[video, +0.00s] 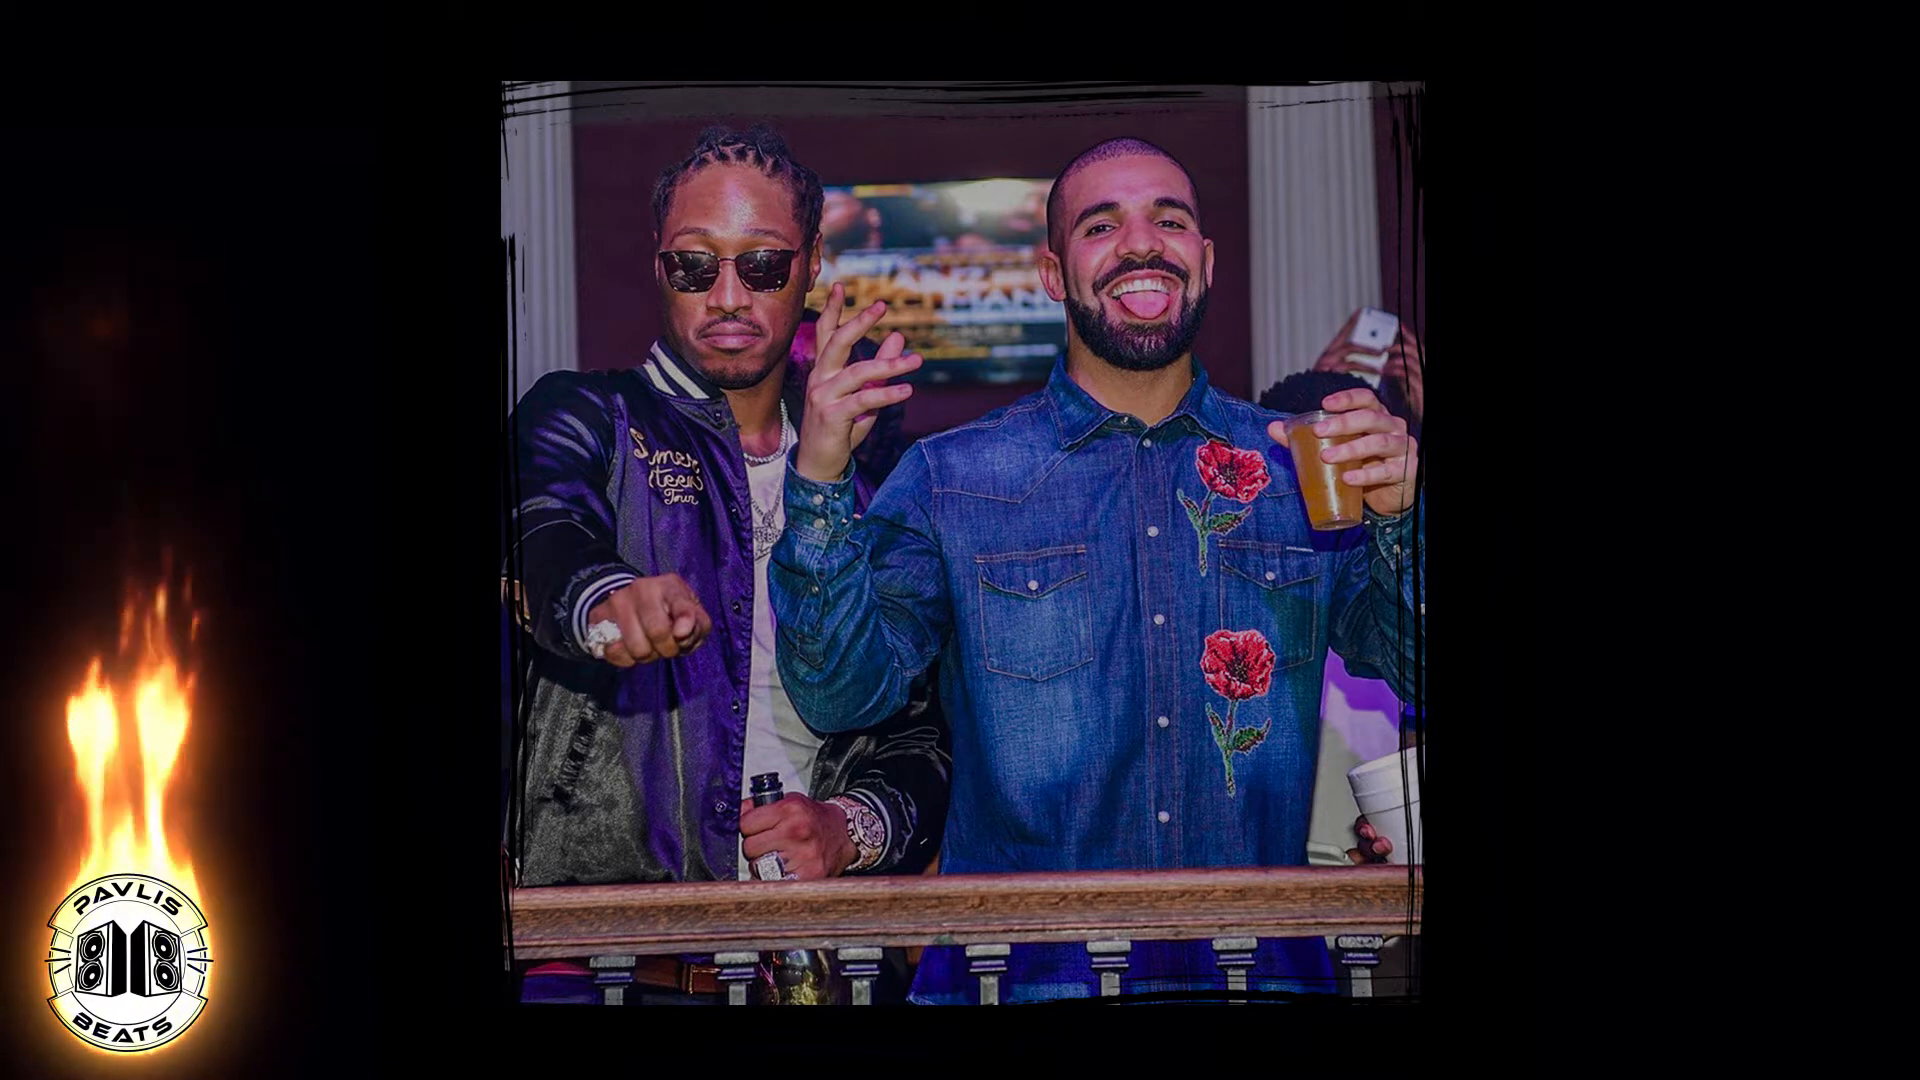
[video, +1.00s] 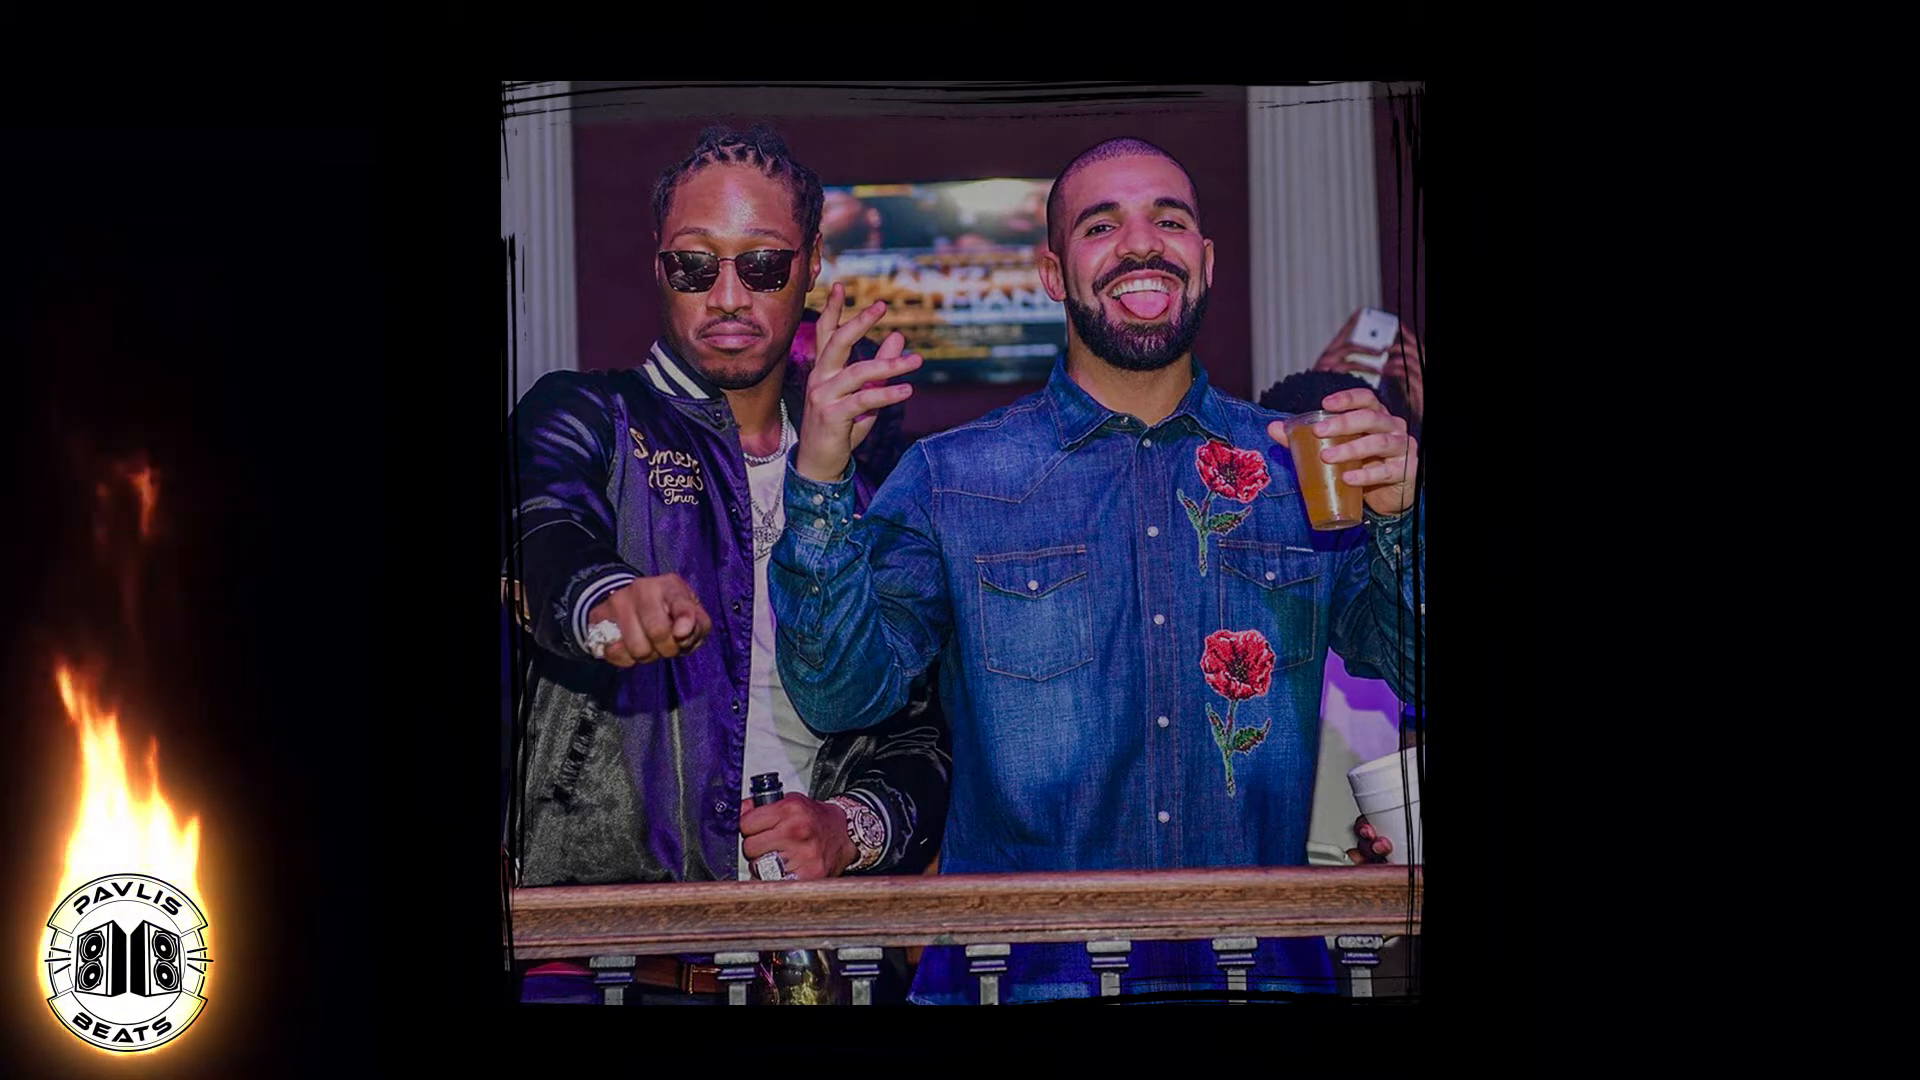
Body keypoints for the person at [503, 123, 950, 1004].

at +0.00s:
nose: (729, 296)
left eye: (763, 266)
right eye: (694, 266)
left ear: (811, 274)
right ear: (658, 272)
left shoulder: (878, 460)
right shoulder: (581, 412)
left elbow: (926, 726)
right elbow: (540, 525)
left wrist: (857, 826)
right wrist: (602, 595)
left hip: (827, 944)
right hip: (605, 943)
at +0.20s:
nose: (729, 296)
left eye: (763, 266)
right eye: (694, 266)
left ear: (811, 274)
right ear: (658, 272)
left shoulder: (878, 460)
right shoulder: (581, 412)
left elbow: (926, 726)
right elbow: (540, 525)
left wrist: (857, 826)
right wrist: (602, 595)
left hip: (827, 944)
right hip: (605, 943)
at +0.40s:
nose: (729, 296)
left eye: (763, 266)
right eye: (694, 266)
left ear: (811, 274)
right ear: (658, 272)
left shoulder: (878, 460)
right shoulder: (581, 412)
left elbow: (926, 725)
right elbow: (540, 525)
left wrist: (857, 826)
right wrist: (602, 595)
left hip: (827, 944)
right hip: (605, 943)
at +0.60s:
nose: (729, 296)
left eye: (763, 266)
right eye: (694, 266)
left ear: (811, 274)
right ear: (658, 272)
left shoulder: (878, 460)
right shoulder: (581, 412)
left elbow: (926, 726)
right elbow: (540, 525)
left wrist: (857, 826)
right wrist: (602, 595)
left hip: (827, 944)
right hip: (605, 943)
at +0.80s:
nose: (729, 296)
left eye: (763, 266)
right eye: (694, 266)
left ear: (811, 274)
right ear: (658, 272)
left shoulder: (878, 460)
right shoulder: (581, 412)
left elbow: (926, 726)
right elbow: (540, 525)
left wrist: (857, 826)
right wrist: (602, 595)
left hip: (827, 944)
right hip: (605, 943)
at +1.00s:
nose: (729, 296)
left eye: (763, 266)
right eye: (694, 266)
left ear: (811, 274)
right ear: (658, 272)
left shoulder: (878, 460)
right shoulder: (581, 412)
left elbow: (926, 725)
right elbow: (540, 525)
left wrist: (857, 826)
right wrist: (602, 595)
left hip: (827, 944)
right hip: (605, 943)